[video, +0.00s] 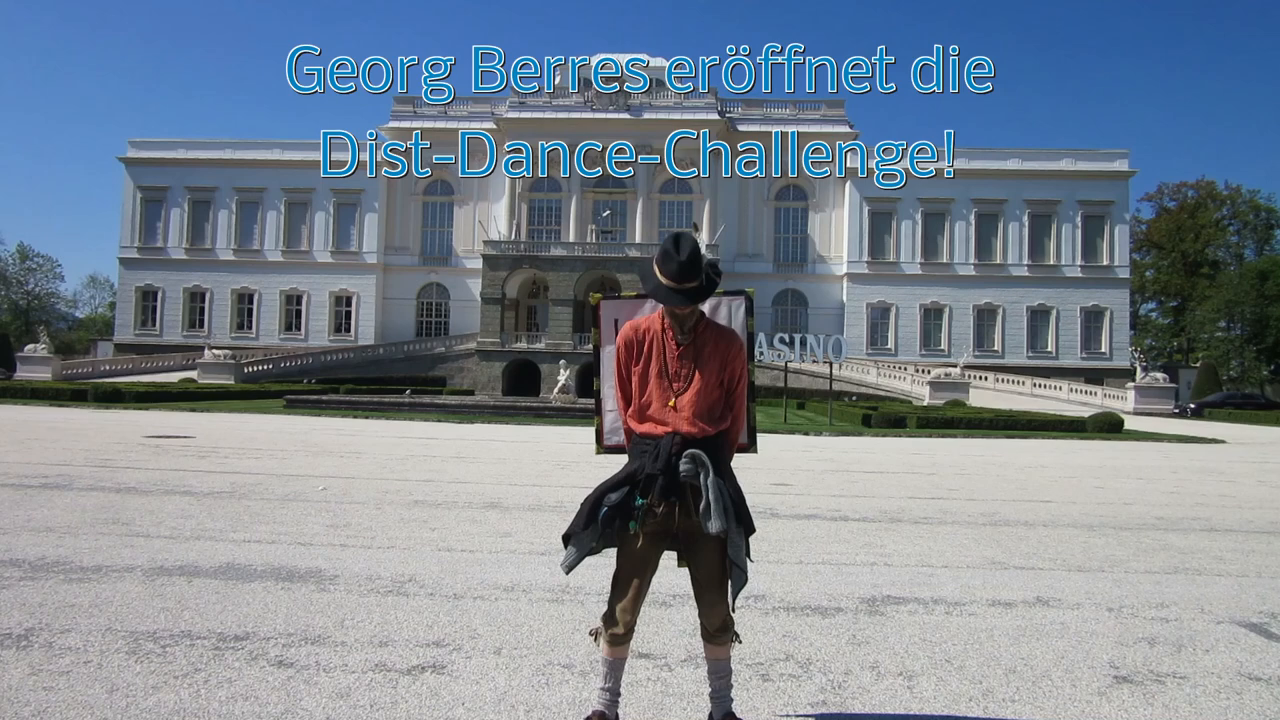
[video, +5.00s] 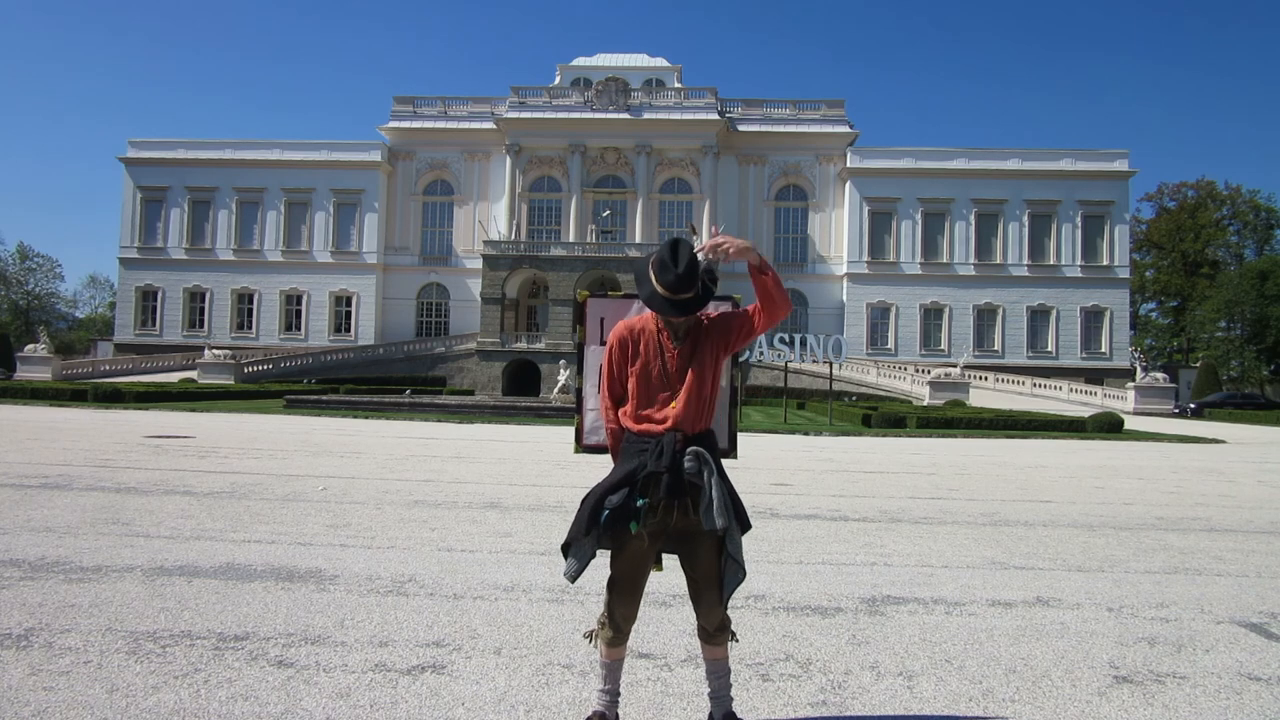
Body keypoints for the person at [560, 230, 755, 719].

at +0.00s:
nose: (681, 311)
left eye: (690, 302)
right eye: (672, 302)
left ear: (704, 293)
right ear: (658, 292)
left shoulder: (728, 344)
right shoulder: (632, 337)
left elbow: (734, 427)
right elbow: (627, 417)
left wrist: (701, 467)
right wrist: (672, 451)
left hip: (706, 486)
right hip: (647, 483)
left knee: (716, 604)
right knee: (625, 600)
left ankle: (722, 706)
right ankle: (607, 701)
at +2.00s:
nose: (677, 309)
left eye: (685, 300)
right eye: (668, 300)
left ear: (699, 292)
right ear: (652, 290)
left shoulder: (723, 344)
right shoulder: (626, 337)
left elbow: (730, 422)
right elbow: (619, 415)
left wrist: (707, 457)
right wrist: (650, 444)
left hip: (700, 488)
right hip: (642, 485)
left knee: (711, 602)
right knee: (622, 599)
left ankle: (722, 704)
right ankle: (608, 699)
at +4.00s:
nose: (677, 307)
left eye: (685, 298)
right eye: (668, 299)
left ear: (698, 293)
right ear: (653, 290)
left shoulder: (722, 343)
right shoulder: (625, 336)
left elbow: (726, 425)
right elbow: (618, 415)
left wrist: (699, 469)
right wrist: (655, 457)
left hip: (699, 488)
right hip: (640, 485)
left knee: (709, 605)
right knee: (620, 603)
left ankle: (721, 705)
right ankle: (607, 701)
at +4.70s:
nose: (676, 314)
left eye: (684, 305)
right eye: (667, 305)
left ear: (697, 298)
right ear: (652, 296)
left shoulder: (718, 342)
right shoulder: (622, 336)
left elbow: (756, 405)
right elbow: (612, 411)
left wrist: (780, 470)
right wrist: (633, 467)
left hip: (698, 481)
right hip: (638, 480)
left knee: (709, 603)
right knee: (620, 599)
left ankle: (720, 706)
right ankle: (606, 701)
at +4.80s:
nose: (678, 314)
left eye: (686, 304)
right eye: (669, 304)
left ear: (698, 297)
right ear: (653, 295)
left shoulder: (717, 338)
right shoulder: (623, 336)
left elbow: (775, 377)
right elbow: (611, 415)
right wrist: (631, 471)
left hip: (699, 481)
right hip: (639, 481)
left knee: (709, 603)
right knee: (620, 601)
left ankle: (721, 706)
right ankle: (606, 702)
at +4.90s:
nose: (679, 317)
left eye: (688, 308)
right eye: (670, 308)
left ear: (701, 299)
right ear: (654, 297)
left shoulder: (717, 335)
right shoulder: (625, 335)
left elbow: (779, 346)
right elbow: (612, 410)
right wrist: (629, 469)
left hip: (699, 478)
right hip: (638, 477)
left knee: (710, 600)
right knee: (621, 599)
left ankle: (721, 706)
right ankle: (606, 702)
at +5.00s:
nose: (678, 317)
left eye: (687, 308)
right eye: (669, 307)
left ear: (701, 296)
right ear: (653, 297)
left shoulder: (718, 329)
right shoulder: (627, 334)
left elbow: (776, 308)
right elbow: (610, 408)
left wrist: (752, 257)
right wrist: (628, 468)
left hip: (698, 475)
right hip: (639, 474)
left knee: (711, 598)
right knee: (623, 594)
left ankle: (721, 707)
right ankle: (606, 700)